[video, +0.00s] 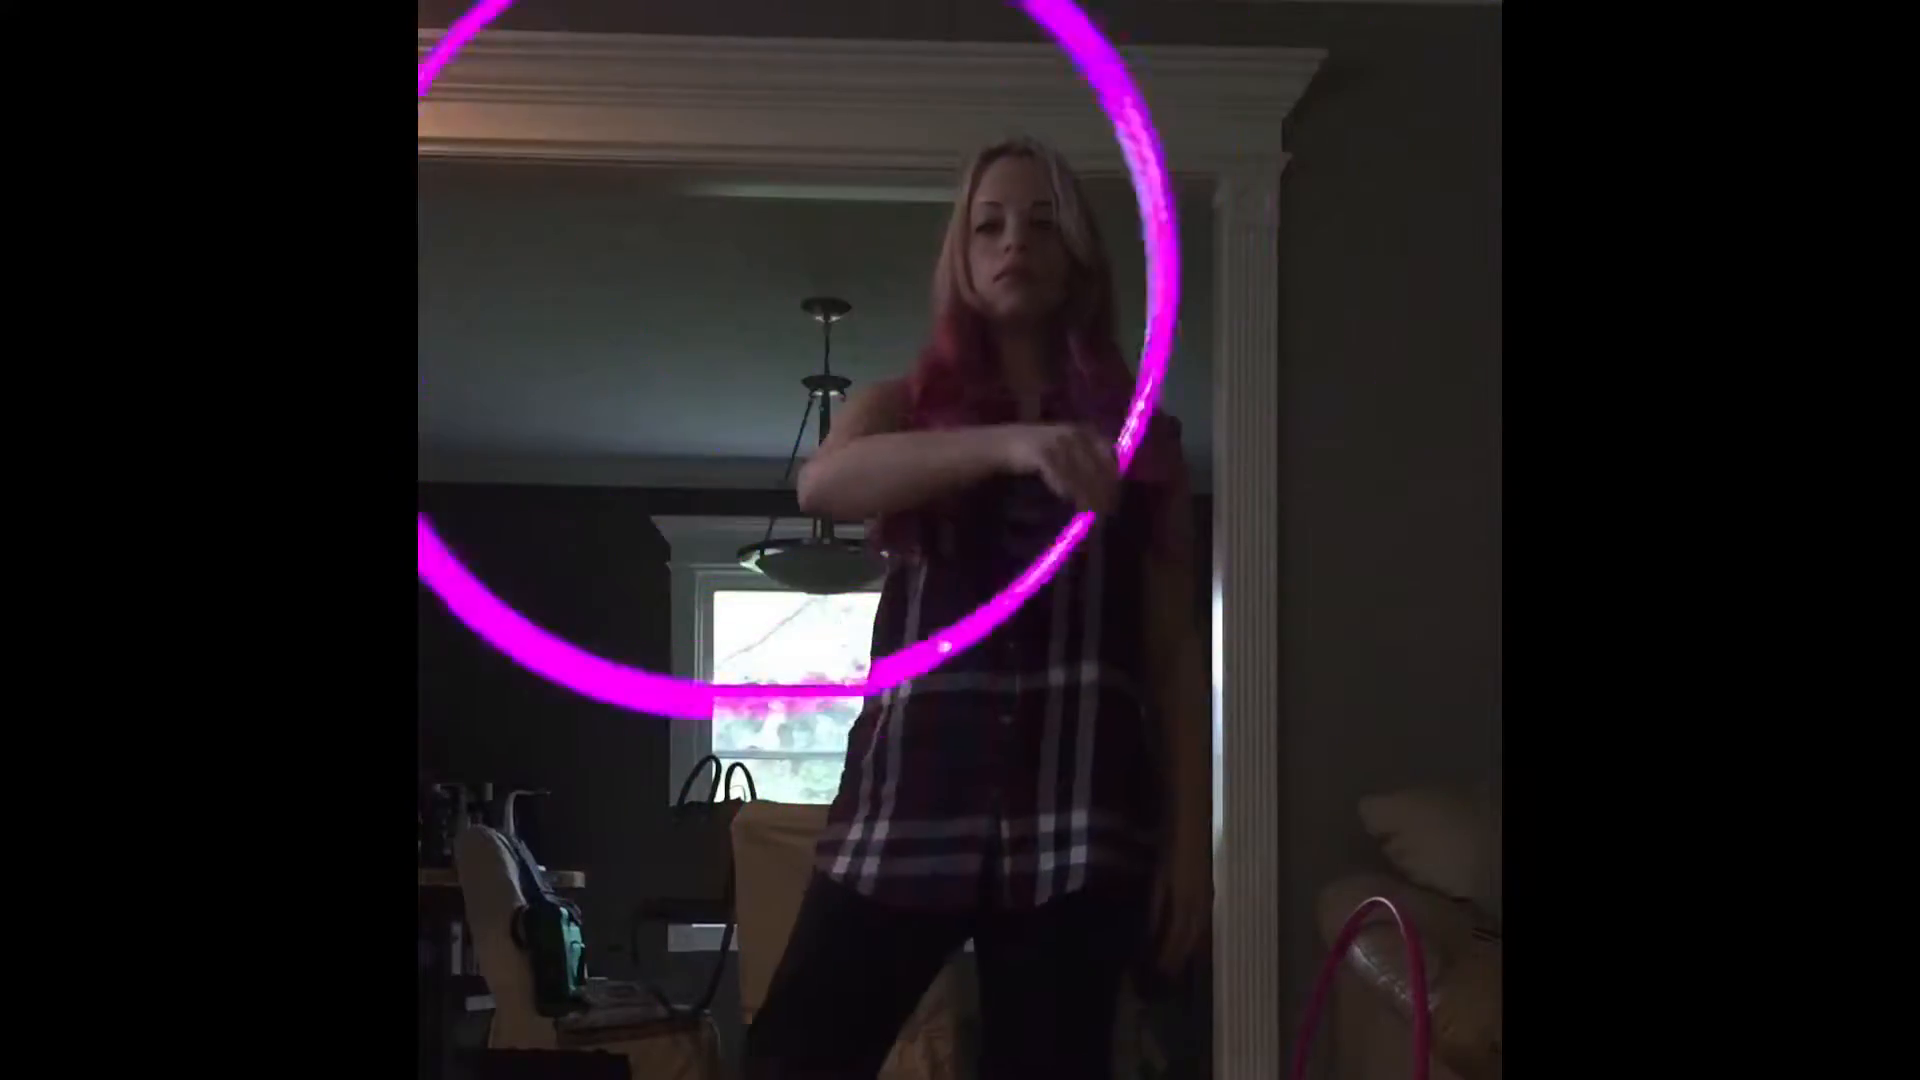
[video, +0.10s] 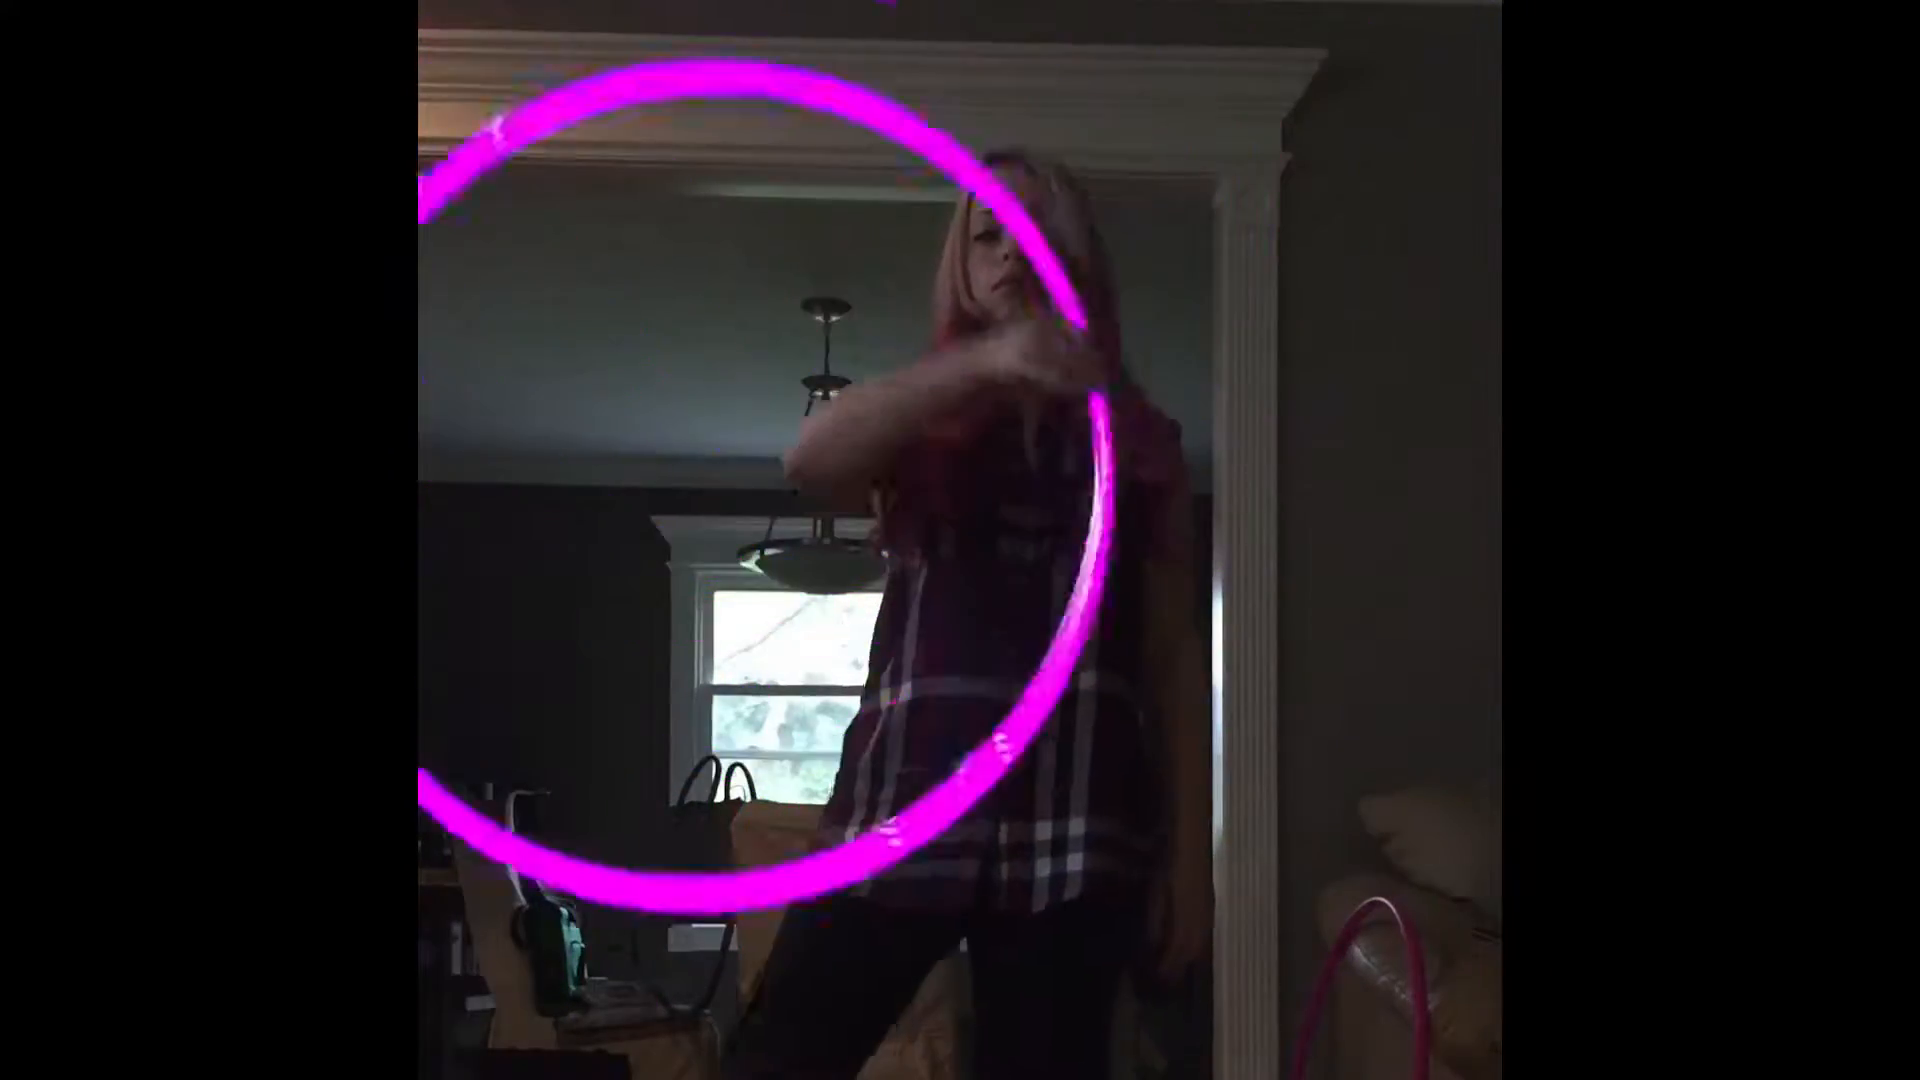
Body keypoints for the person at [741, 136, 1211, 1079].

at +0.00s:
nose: (1014, 240)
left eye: (1041, 220)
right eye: (991, 222)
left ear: (1078, 251)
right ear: (957, 256)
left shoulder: (1141, 432)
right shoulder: (898, 402)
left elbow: (1175, 650)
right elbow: (825, 483)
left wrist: (1190, 846)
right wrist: (1008, 445)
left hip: (1080, 820)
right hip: (909, 811)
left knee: (1052, 1070)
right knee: (794, 1060)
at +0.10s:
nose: (1014, 244)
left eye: (1039, 225)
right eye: (990, 229)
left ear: (1082, 252)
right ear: (957, 265)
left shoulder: (1137, 436)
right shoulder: (921, 410)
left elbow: (1173, 652)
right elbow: (811, 461)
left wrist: (1190, 864)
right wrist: (983, 363)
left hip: (1076, 835)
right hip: (905, 826)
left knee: (1045, 1071)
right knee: (778, 1059)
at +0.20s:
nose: (1006, 261)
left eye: (1035, 239)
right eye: (980, 242)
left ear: (1080, 272)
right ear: (948, 279)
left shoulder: (1141, 449)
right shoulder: (908, 430)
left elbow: (1178, 672)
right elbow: (757, 428)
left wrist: (1187, 869)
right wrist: (887, 271)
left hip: (1070, 865)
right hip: (886, 853)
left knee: (1031, 1072)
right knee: (748, 1066)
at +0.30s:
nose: (1002, 272)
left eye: (1030, 252)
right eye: (978, 256)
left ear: (1074, 286)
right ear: (947, 291)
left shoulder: (1133, 470)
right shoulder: (894, 439)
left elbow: (1175, 686)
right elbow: (705, 440)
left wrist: (1187, 883)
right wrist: (775, 338)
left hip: (1071, 866)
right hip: (894, 855)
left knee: (1034, 1068)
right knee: (754, 1064)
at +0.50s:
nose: (998, 269)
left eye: (1024, 249)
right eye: (974, 251)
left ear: (1063, 279)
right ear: (940, 283)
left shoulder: (1118, 471)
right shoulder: (883, 442)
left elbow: (1152, 687)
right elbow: (684, 497)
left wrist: (1164, 891)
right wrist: (782, 574)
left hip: (1055, 869)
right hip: (888, 852)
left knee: (1021, 1070)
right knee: (750, 1068)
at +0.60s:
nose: (998, 268)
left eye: (1023, 247)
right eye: (973, 250)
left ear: (1061, 280)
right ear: (941, 282)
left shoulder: (1119, 471)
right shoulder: (879, 441)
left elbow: (1149, 691)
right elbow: (743, 572)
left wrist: (1156, 885)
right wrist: (859, 678)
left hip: (1058, 866)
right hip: (893, 855)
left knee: (1027, 1071)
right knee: (751, 1069)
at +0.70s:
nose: (999, 268)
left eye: (1023, 247)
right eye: (973, 251)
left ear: (1060, 279)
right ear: (941, 283)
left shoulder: (1115, 470)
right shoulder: (871, 444)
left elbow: (1149, 684)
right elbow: (820, 618)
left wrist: (1154, 884)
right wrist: (953, 724)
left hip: (1061, 869)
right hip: (895, 857)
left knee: (1029, 1072)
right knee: (751, 1070)